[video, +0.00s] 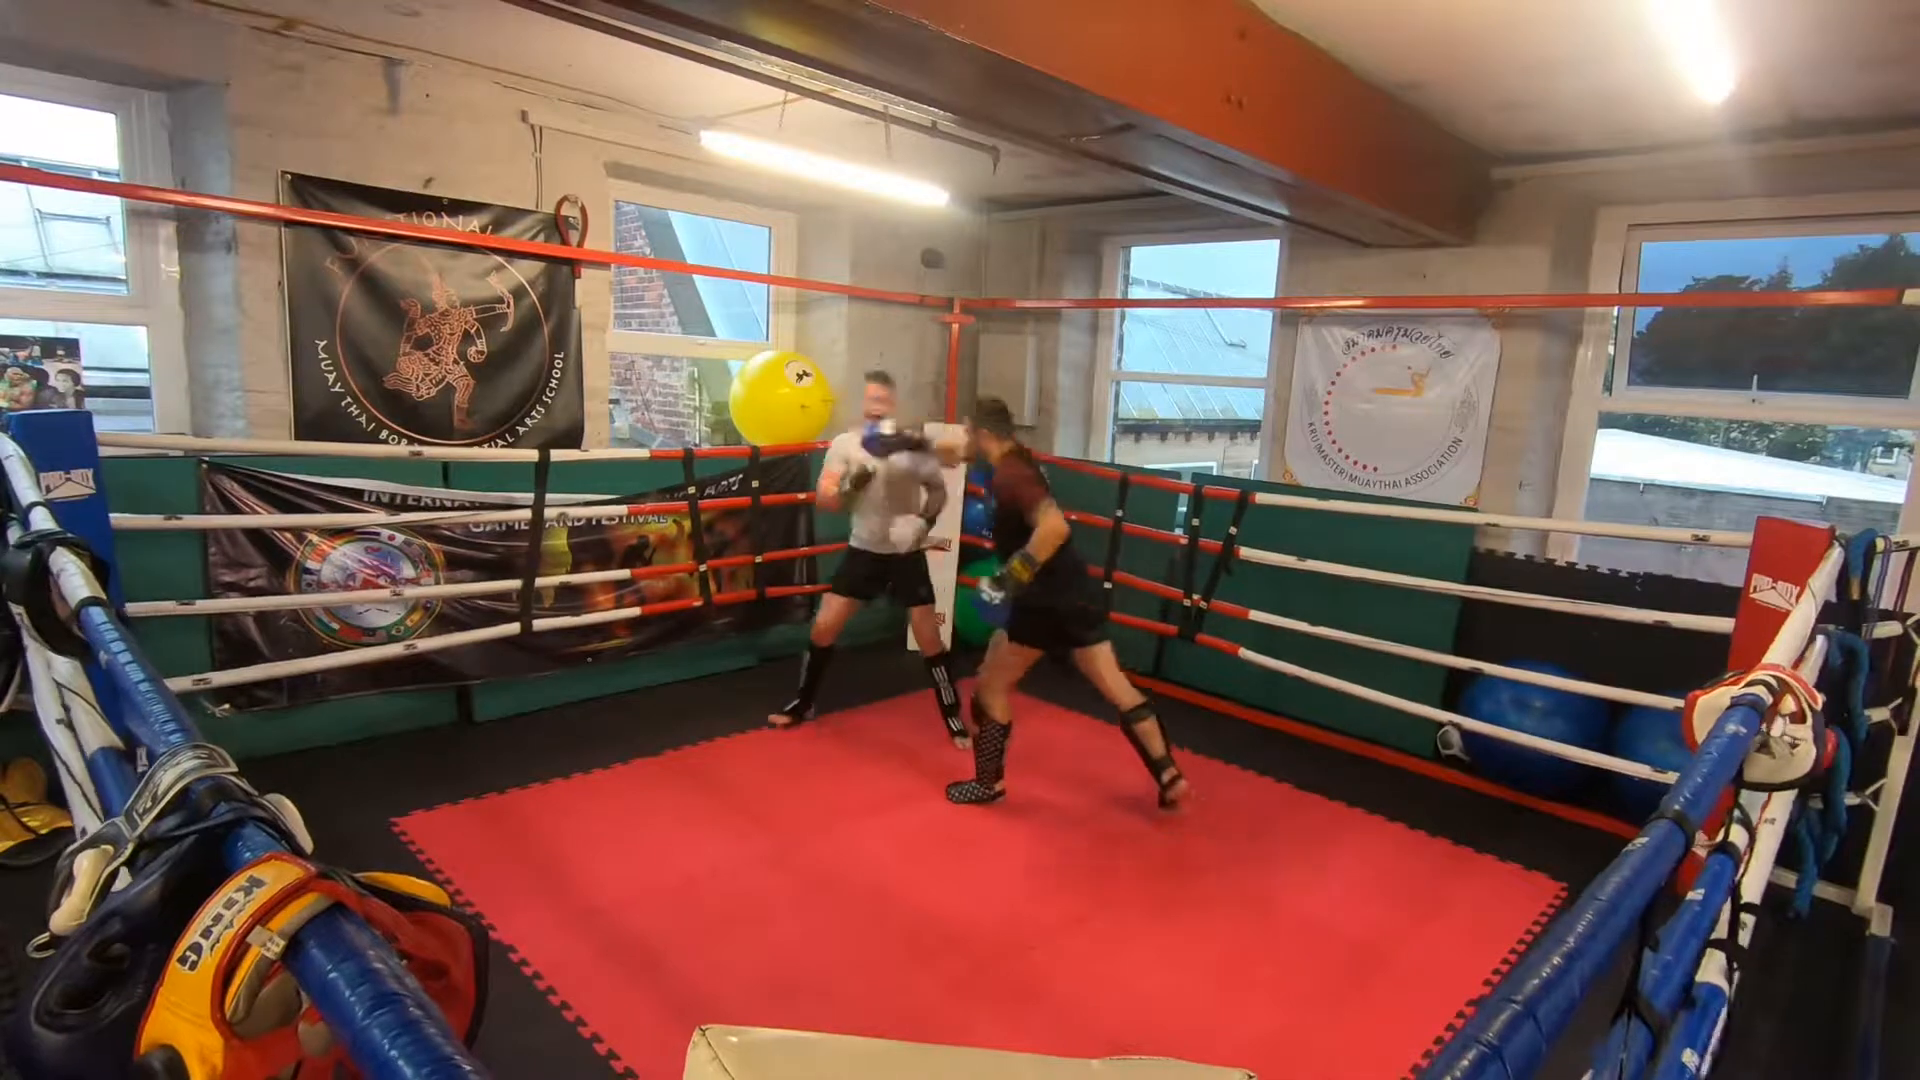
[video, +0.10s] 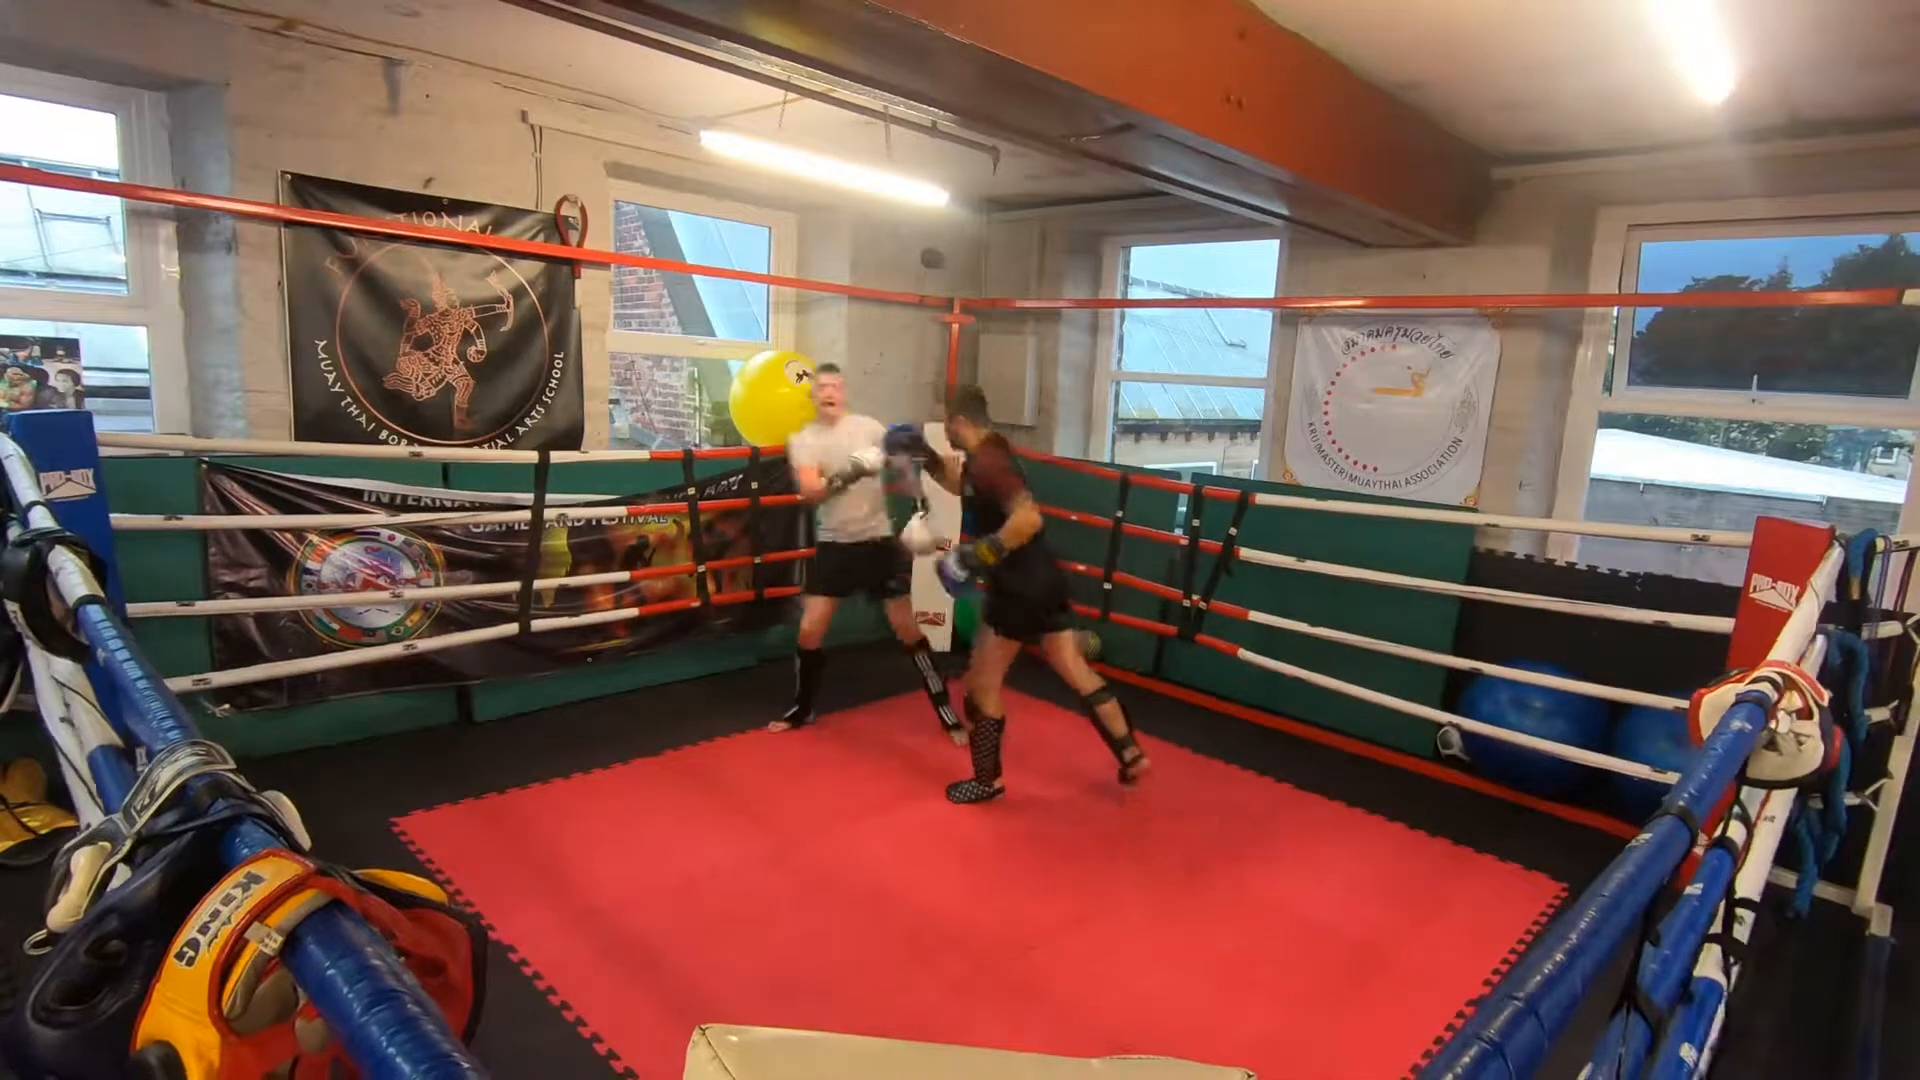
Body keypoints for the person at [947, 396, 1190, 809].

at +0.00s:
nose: (966, 439)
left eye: (969, 432)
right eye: (967, 432)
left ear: (984, 434)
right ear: (1003, 431)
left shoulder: (1011, 472)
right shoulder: (1016, 461)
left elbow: (1054, 526)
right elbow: (962, 449)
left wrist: (1014, 575)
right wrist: (914, 443)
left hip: (1040, 599)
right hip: (1073, 592)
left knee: (992, 685)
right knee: (1114, 682)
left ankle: (987, 781)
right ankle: (1167, 772)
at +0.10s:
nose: (949, 432)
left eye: (950, 425)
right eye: (948, 425)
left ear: (961, 423)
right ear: (980, 421)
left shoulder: (986, 462)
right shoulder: (990, 453)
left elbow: (1027, 519)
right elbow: (957, 481)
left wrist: (978, 555)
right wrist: (922, 454)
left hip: (1017, 586)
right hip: (1043, 579)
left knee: (983, 680)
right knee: (1074, 668)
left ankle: (986, 779)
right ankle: (1130, 753)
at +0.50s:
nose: (886, 422)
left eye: (886, 415)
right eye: (886, 415)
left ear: (895, 413)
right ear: (921, 409)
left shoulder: (912, 455)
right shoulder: (945, 446)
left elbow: (896, 526)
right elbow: (930, 504)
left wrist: (857, 514)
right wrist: (898, 448)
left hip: (921, 577)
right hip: (935, 570)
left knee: (940, 669)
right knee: (896, 646)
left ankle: (976, 764)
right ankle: (869, 720)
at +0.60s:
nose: (871, 419)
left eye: (871, 413)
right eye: (872, 413)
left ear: (880, 411)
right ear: (906, 407)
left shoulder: (894, 453)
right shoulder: (925, 447)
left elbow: (876, 520)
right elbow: (902, 508)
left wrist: (839, 504)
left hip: (894, 568)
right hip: (910, 563)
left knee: (893, 666)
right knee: (869, 646)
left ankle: (950, 747)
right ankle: (861, 723)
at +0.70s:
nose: (855, 416)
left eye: (855, 410)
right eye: (856, 410)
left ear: (864, 405)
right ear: (889, 402)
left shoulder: (879, 443)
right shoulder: (908, 439)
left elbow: (855, 507)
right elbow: (883, 500)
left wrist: (824, 486)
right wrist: (838, 485)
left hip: (876, 559)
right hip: (900, 556)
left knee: (845, 650)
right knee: (868, 644)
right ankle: (862, 721)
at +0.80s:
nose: (837, 411)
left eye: (836, 405)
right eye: (837, 405)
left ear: (846, 401)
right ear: (870, 397)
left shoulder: (861, 440)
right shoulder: (888, 434)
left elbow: (836, 500)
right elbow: (871, 492)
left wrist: (817, 478)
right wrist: (831, 471)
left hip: (857, 558)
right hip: (883, 555)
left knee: (818, 632)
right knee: (866, 636)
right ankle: (864, 722)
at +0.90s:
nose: (816, 410)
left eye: (816, 404)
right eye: (816, 404)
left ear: (824, 400)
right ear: (848, 397)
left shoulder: (835, 440)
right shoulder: (871, 432)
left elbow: (828, 505)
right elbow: (858, 492)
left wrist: (787, 491)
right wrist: (807, 483)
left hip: (840, 557)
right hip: (874, 552)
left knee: (803, 632)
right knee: (860, 636)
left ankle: (778, 708)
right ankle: (864, 722)